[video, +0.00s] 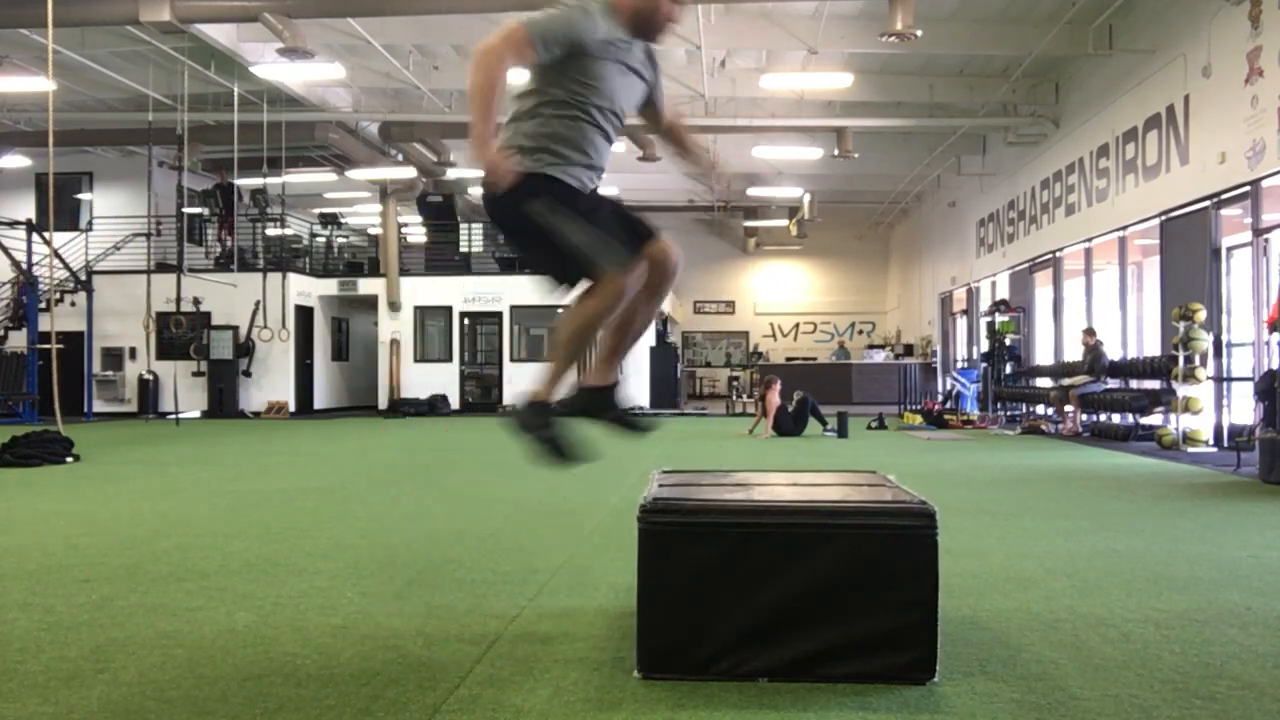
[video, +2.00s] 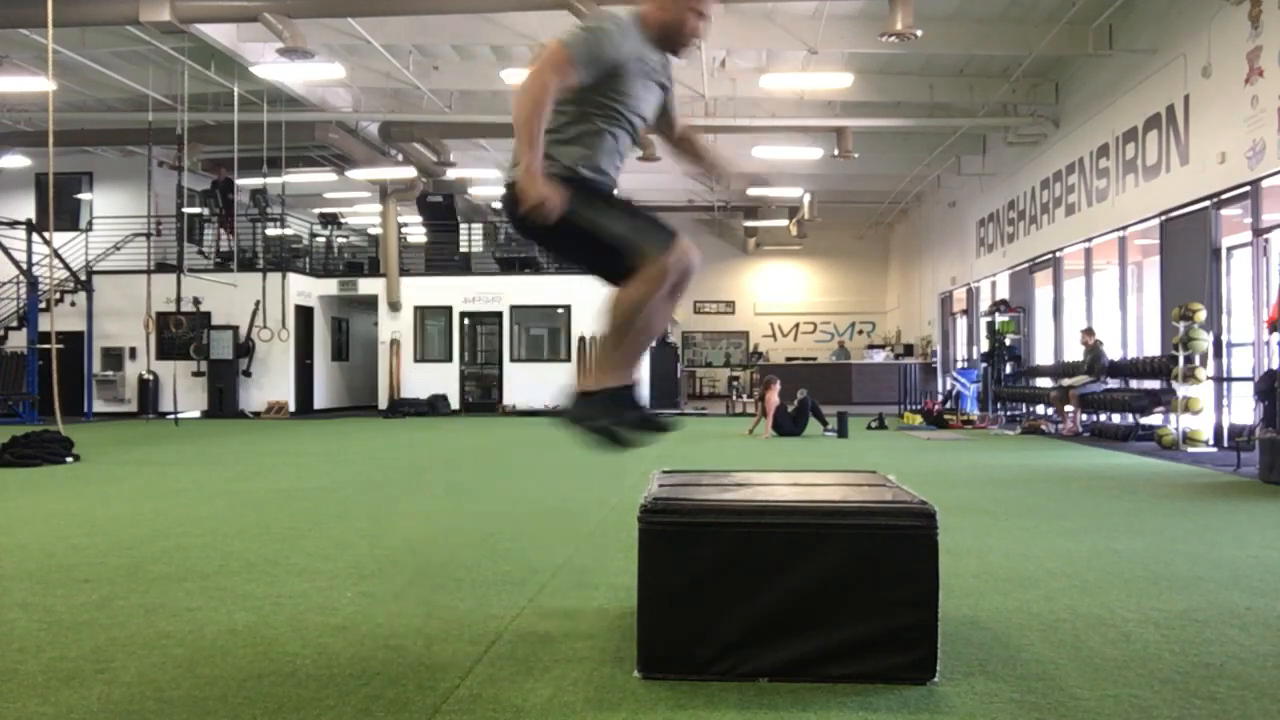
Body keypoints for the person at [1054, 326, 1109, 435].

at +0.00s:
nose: (1082, 340)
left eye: (1085, 337)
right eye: (1083, 337)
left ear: (1092, 338)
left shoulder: (1099, 353)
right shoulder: (1087, 351)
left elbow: (1098, 376)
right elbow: (1084, 370)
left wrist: (1079, 379)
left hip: (1099, 382)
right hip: (1086, 380)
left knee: (1074, 393)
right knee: (1057, 395)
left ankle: (1076, 426)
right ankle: (1066, 425)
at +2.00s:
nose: (1081, 340)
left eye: (1084, 337)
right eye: (1081, 337)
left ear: (1091, 338)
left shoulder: (1099, 353)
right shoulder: (1087, 351)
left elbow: (1096, 376)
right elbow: (1085, 371)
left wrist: (1074, 381)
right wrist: (1071, 380)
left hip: (1099, 382)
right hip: (1087, 379)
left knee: (1074, 393)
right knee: (1055, 395)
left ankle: (1076, 426)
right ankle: (1066, 425)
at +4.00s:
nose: (1083, 340)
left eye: (1085, 337)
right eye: (1083, 337)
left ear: (1093, 338)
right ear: (1087, 338)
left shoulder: (1100, 354)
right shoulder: (1087, 351)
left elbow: (1096, 377)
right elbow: (1085, 372)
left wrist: (1073, 381)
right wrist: (1071, 380)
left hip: (1098, 382)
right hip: (1086, 380)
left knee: (1074, 393)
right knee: (1054, 395)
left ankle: (1076, 426)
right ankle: (1066, 424)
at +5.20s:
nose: (1083, 340)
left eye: (1085, 337)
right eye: (1083, 337)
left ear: (1093, 338)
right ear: (1085, 337)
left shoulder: (1100, 353)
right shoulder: (1087, 350)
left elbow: (1095, 376)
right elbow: (1084, 371)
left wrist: (1072, 381)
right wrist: (1070, 380)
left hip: (1098, 382)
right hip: (1085, 380)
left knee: (1073, 393)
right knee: (1055, 395)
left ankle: (1076, 426)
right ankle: (1066, 425)